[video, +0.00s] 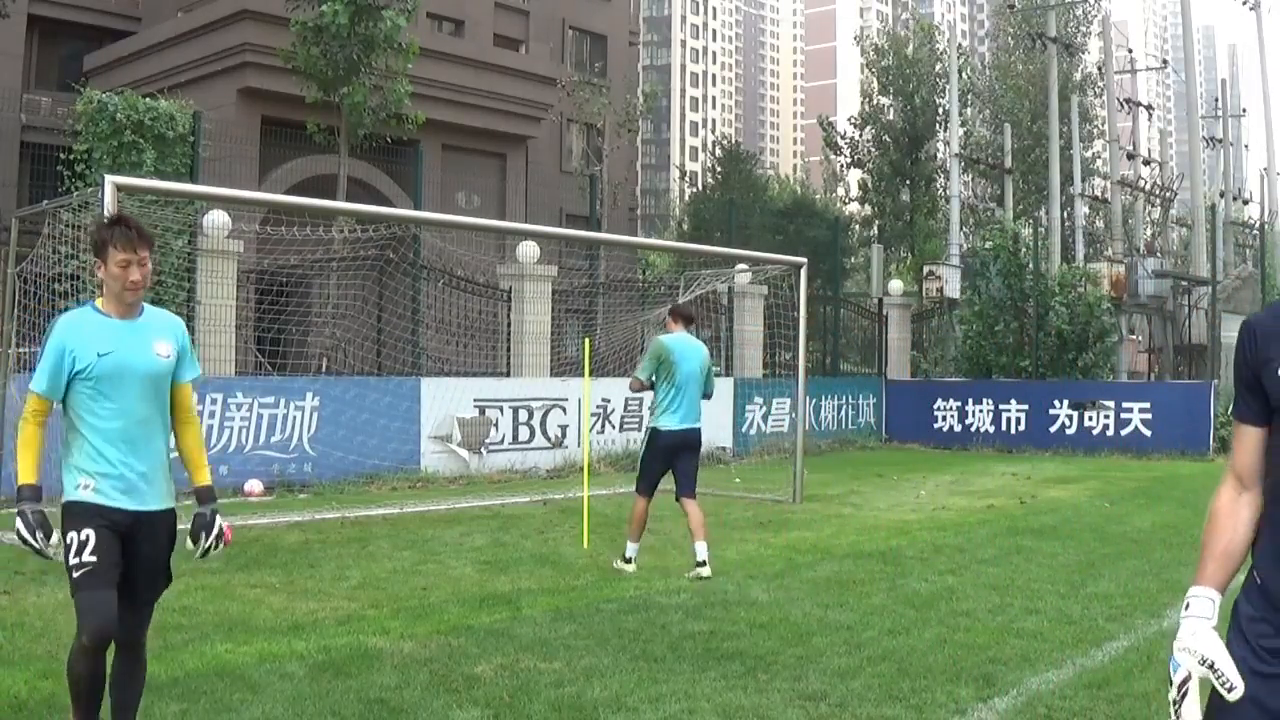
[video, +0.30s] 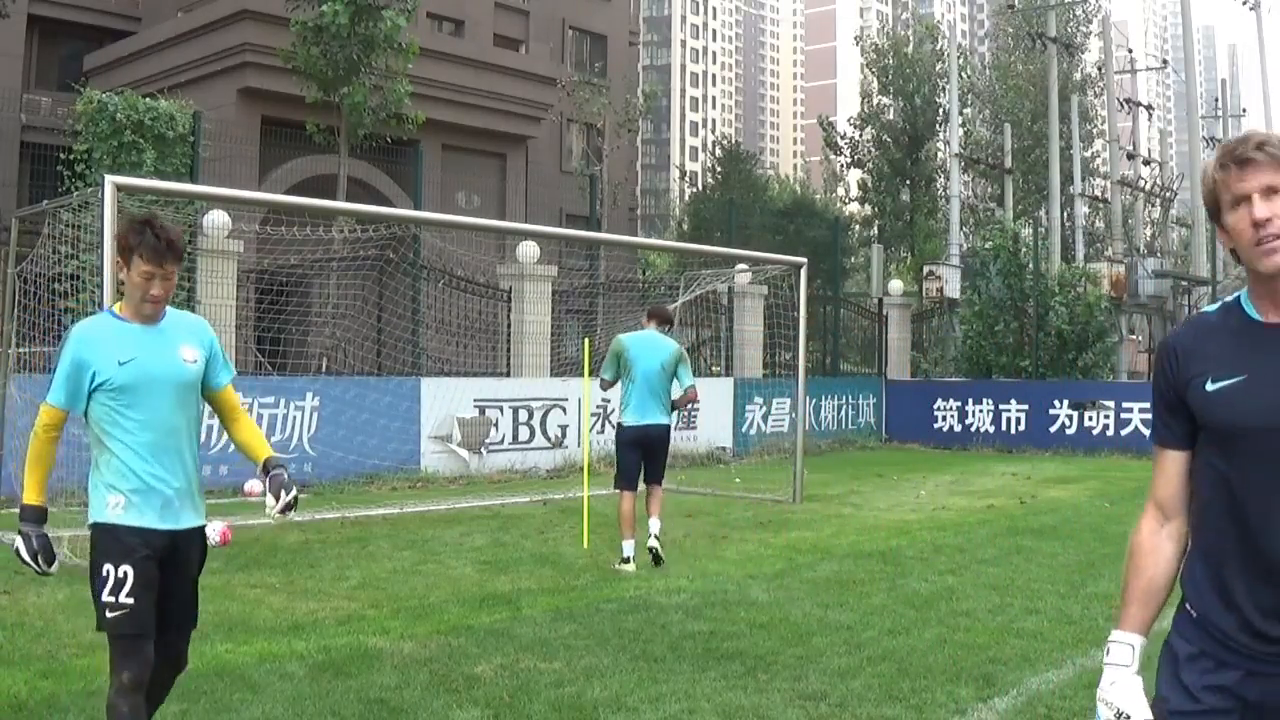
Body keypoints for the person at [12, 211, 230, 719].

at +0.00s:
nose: (137, 274)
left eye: (143, 263)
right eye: (125, 265)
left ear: (152, 266)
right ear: (101, 269)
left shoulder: (171, 329)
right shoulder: (71, 328)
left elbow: (187, 417)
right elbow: (34, 415)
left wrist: (205, 495)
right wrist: (28, 496)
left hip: (154, 509)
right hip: (90, 505)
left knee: (133, 637)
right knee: (97, 629)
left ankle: (123, 718)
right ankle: (84, 717)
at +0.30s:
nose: (159, 288)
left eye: (168, 277)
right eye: (149, 276)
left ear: (178, 274)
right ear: (122, 269)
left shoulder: (196, 332)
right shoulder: (87, 338)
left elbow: (231, 409)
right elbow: (47, 428)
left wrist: (270, 464)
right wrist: (32, 514)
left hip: (185, 526)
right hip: (122, 526)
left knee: (171, 661)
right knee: (132, 671)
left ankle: (130, 714)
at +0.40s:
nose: (178, 291)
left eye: (188, 281)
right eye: (169, 278)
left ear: (198, 275)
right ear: (142, 262)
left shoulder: (206, 324)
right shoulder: (100, 332)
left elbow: (236, 397)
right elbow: (58, 426)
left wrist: (270, 460)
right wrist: (51, 521)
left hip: (201, 527)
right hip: (132, 530)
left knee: (224, 666)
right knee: (137, 677)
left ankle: (161, 715)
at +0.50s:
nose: (190, 293)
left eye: (203, 284)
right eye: (183, 278)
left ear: (215, 276)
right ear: (159, 257)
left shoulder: (216, 323)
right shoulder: (112, 328)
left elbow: (235, 395)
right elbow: (67, 425)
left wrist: (263, 459)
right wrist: (78, 521)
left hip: (213, 526)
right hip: (142, 532)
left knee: (258, 660)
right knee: (141, 684)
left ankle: (198, 719)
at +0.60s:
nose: (217, 292)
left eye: (230, 283)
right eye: (210, 276)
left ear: (242, 280)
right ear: (186, 256)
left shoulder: (237, 322)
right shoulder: (141, 319)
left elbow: (229, 400)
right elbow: (102, 420)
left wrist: (242, 463)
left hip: (232, 526)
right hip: (159, 535)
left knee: (293, 660)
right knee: (151, 687)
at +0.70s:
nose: (236, 291)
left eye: (250, 281)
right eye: (229, 274)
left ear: (262, 278)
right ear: (204, 254)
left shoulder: (253, 325)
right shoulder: (163, 318)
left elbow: (229, 416)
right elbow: (153, 415)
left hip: (245, 532)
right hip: (177, 537)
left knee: (299, 676)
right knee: (158, 690)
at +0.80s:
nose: (260, 290)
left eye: (275, 279)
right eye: (252, 272)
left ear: (290, 276)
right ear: (231, 255)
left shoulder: (283, 330)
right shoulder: (201, 318)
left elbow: (267, 430)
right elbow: (265, 387)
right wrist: (352, 396)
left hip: (284, 547)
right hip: (212, 547)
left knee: (317, 699)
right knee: (180, 697)